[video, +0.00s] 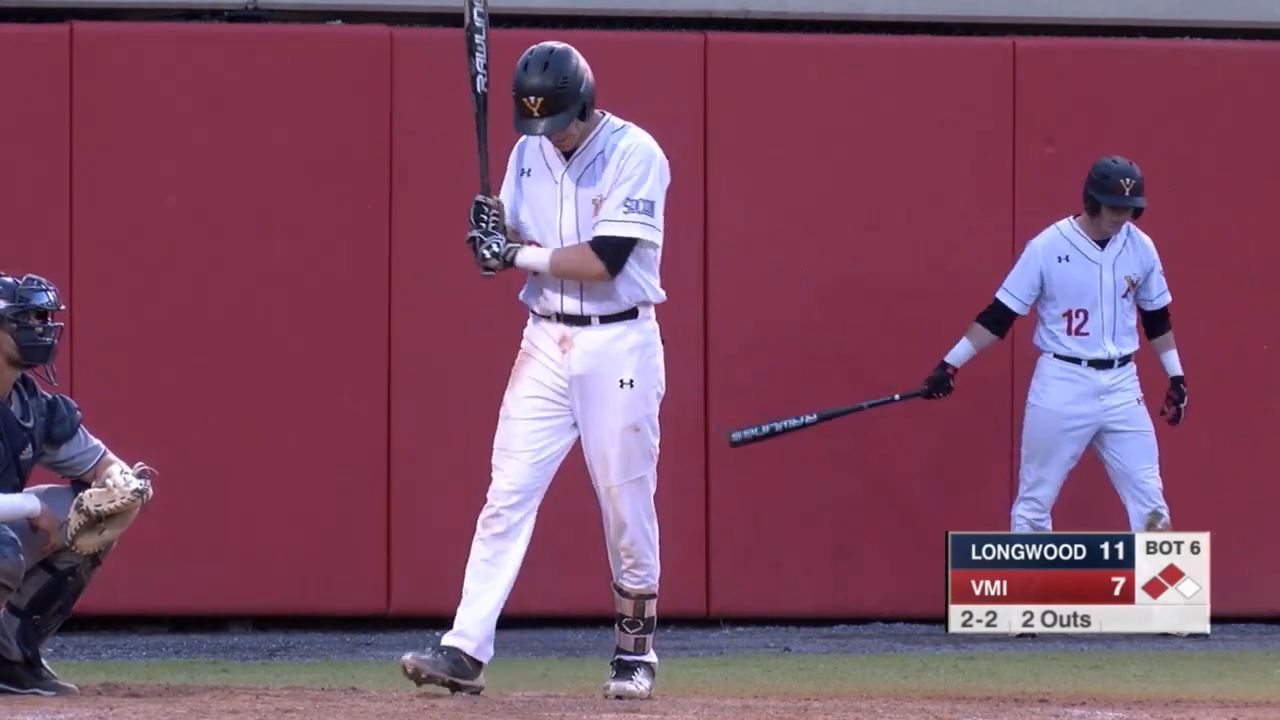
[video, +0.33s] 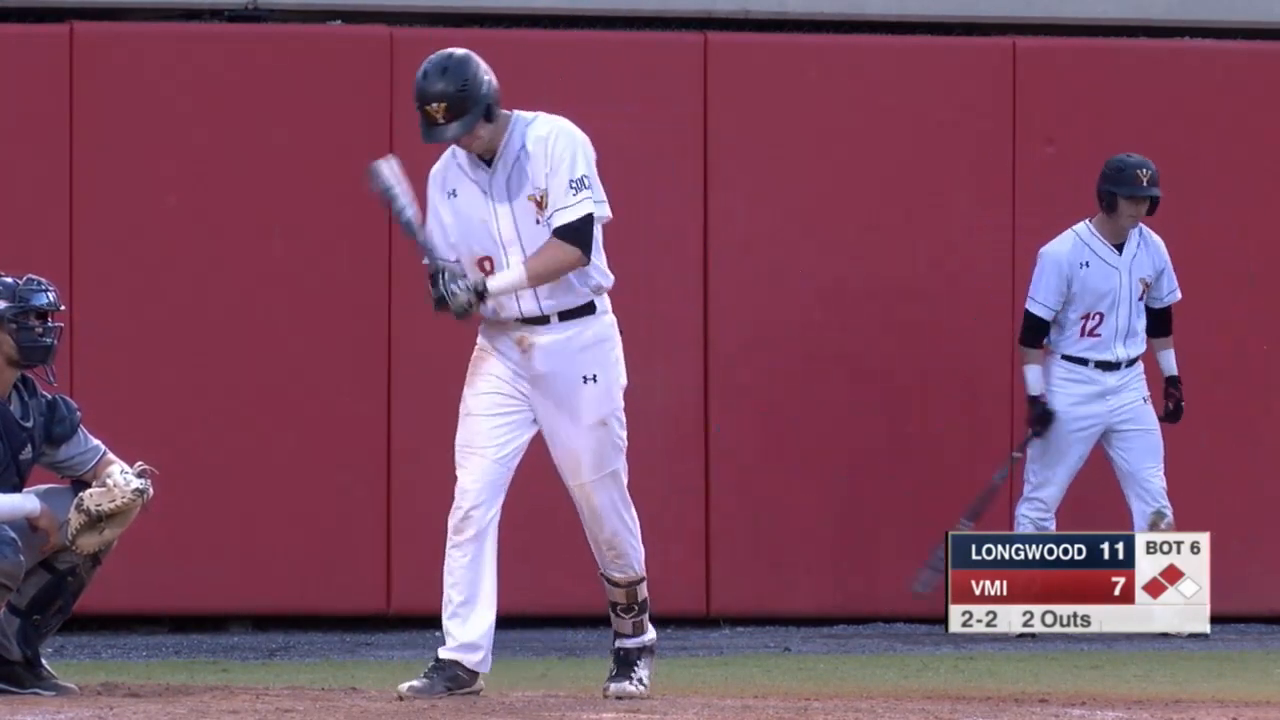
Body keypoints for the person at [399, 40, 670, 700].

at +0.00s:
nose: (545, 131)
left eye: (554, 118)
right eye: (536, 119)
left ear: (583, 102)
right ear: (527, 107)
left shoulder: (635, 152)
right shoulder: (528, 150)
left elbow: (604, 262)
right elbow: (513, 238)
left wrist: (516, 252)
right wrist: (492, 235)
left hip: (617, 346)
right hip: (544, 343)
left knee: (624, 499)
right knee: (507, 496)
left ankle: (634, 651)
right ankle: (465, 650)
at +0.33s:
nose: (457, 141)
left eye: (462, 126)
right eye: (446, 131)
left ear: (488, 107)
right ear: (438, 121)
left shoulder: (556, 139)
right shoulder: (443, 177)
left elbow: (574, 245)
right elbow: (450, 281)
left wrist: (489, 284)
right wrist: (453, 294)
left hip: (577, 347)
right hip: (500, 351)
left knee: (599, 496)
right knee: (471, 503)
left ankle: (633, 647)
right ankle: (460, 662)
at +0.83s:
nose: (440, 150)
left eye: (445, 135)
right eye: (428, 142)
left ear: (469, 111)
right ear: (417, 131)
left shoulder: (541, 145)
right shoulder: (423, 184)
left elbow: (590, 254)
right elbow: (440, 291)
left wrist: (565, 338)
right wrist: (472, 357)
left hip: (583, 331)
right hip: (501, 352)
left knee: (641, 472)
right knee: (470, 510)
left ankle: (715, 634)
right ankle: (461, 661)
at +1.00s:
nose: (480, 172)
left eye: (485, 159)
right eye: (469, 163)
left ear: (511, 137)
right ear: (459, 150)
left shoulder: (580, 169)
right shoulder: (467, 192)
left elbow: (627, 279)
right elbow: (463, 294)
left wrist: (603, 366)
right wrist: (445, 392)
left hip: (618, 353)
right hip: (539, 360)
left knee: (667, 491)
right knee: (484, 508)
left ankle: (744, 655)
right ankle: (461, 661)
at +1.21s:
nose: (543, 212)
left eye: (551, 200)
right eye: (532, 202)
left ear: (580, 176)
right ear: (519, 179)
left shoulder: (639, 207)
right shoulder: (527, 202)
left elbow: (667, 324)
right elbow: (526, 276)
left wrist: (633, 412)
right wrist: (497, 356)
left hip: (660, 374)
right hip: (578, 373)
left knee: (694, 504)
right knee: (513, 510)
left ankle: (755, 661)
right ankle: (462, 664)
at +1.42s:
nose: (583, 247)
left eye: (596, 239)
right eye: (575, 234)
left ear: (627, 220)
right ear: (564, 204)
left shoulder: (674, 253)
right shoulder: (562, 206)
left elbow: (673, 372)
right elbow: (586, 283)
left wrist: (643, 465)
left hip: (666, 377)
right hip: (587, 372)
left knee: (697, 501)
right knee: (526, 506)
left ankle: (754, 661)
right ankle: (463, 663)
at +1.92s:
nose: (546, 202)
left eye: (557, 192)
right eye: (536, 190)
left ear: (587, 172)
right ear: (523, 171)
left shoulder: (644, 217)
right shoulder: (519, 196)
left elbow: (656, 334)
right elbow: (518, 273)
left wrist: (639, 434)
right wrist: (501, 356)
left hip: (638, 378)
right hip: (553, 377)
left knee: (680, 502)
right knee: (485, 513)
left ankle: (753, 661)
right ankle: (457, 663)